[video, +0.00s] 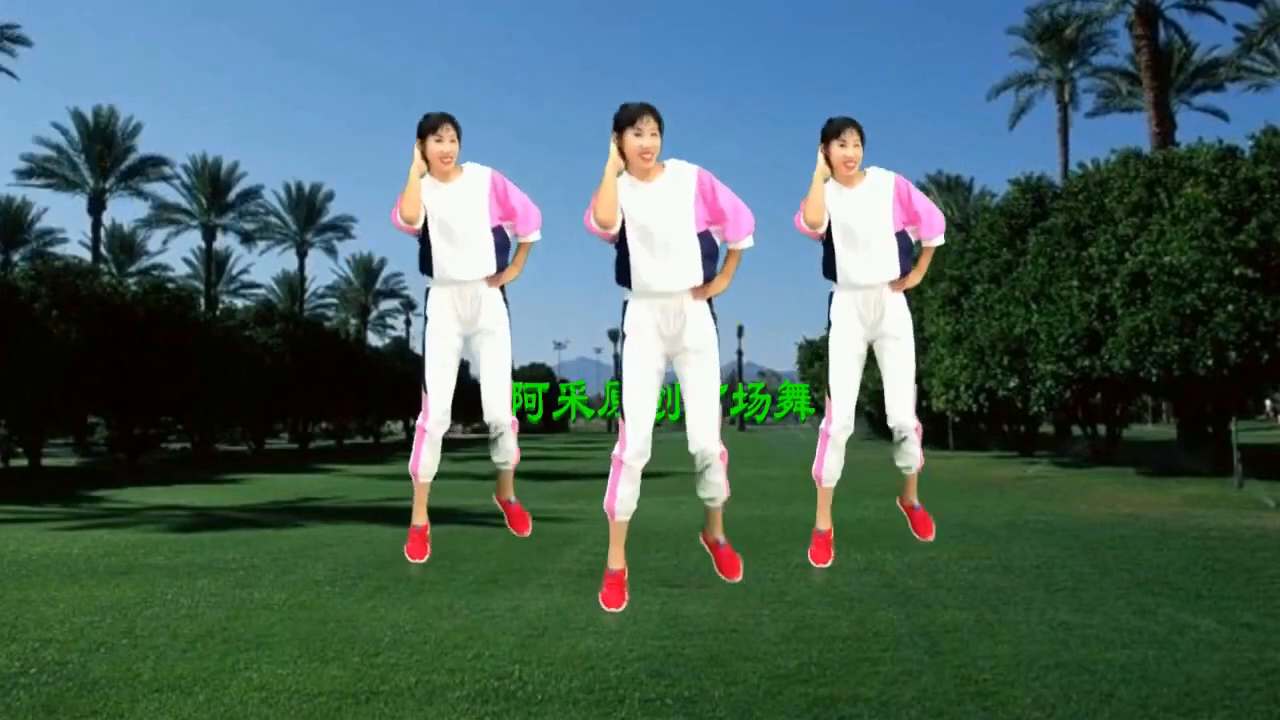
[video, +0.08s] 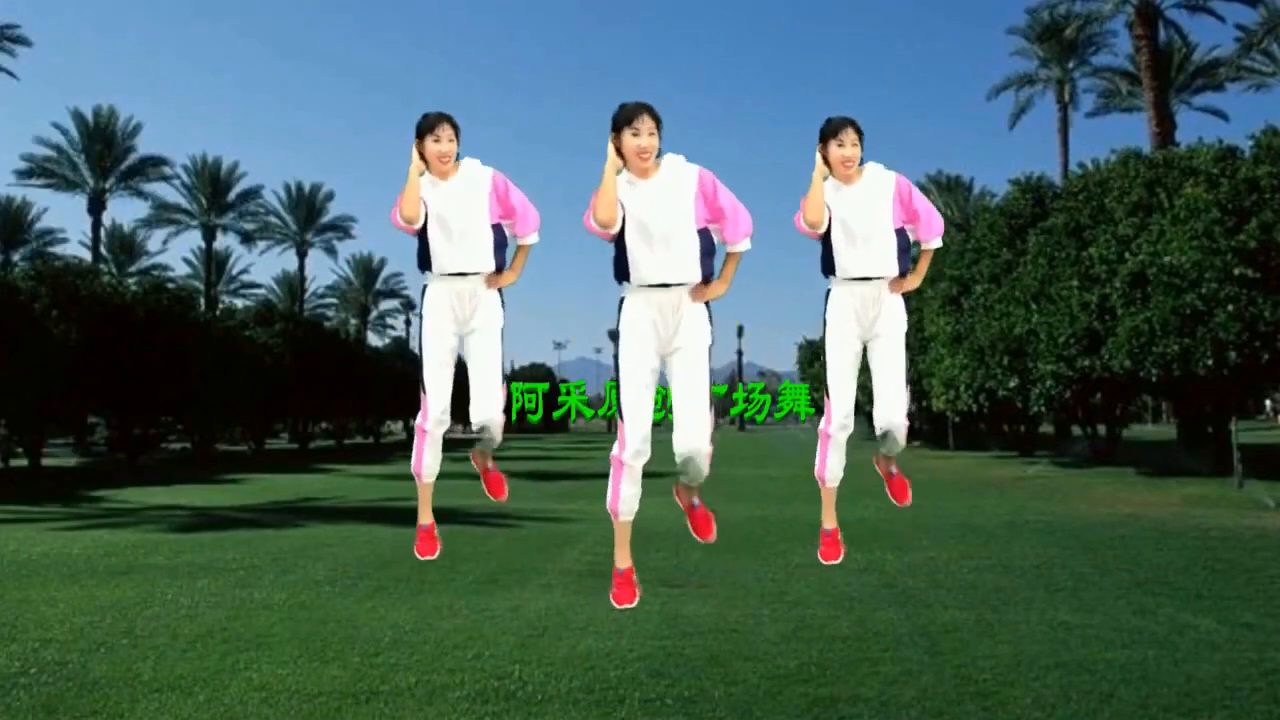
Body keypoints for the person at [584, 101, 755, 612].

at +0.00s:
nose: (646, 141)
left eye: (651, 134)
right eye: (636, 134)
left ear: (661, 139)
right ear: (619, 143)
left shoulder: (690, 178)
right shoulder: (614, 191)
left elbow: (741, 221)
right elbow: (605, 222)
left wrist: (724, 278)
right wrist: (613, 164)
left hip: (693, 311)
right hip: (642, 315)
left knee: (706, 443)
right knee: (633, 443)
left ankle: (715, 534)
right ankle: (616, 561)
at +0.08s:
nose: (644, 141)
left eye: (650, 133)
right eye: (635, 134)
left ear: (660, 138)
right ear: (617, 143)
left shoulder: (690, 177)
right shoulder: (613, 188)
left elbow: (739, 223)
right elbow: (605, 222)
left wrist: (723, 281)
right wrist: (612, 162)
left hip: (688, 306)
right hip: (639, 308)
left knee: (694, 447)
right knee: (632, 442)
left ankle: (688, 493)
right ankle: (622, 561)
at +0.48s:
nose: (653, 151)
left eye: (657, 141)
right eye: (643, 142)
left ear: (667, 148)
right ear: (626, 152)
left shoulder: (697, 196)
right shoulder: (617, 200)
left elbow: (737, 249)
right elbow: (656, 217)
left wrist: (722, 298)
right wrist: (650, 150)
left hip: (690, 320)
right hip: (640, 320)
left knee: (701, 457)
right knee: (634, 456)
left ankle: (698, 528)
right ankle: (626, 571)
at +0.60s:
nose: (658, 156)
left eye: (666, 149)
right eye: (649, 148)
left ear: (677, 157)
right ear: (632, 155)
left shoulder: (701, 199)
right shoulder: (622, 203)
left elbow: (743, 249)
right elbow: (676, 212)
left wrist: (731, 296)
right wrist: (710, 158)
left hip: (704, 320)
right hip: (655, 324)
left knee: (715, 451)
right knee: (652, 459)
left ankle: (726, 560)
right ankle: (630, 573)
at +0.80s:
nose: (665, 173)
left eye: (672, 166)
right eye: (655, 166)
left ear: (681, 174)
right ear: (639, 174)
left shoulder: (704, 221)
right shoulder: (630, 224)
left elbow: (752, 272)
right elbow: (683, 244)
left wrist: (730, 324)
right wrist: (745, 219)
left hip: (709, 353)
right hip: (658, 355)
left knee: (715, 471)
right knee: (660, 477)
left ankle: (725, 566)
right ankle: (629, 577)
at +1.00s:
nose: (660, 138)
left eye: (668, 130)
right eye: (651, 130)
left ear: (680, 137)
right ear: (636, 137)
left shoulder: (705, 189)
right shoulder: (624, 183)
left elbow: (739, 248)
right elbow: (645, 242)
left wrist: (717, 285)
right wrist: (701, 279)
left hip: (688, 314)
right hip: (638, 312)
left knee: (696, 449)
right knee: (631, 444)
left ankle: (688, 501)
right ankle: (620, 562)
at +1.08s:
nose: (657, 152)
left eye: (666, 144)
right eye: (649, 144)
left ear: (680, 151)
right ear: (634, 151)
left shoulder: (704, 204)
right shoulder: (620, 198)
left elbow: (736, 263)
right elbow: (625, 266)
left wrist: (710, 313)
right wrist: (671, 313)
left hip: (683, 330)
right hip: (632, 326)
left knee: (679, 462)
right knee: (628, 454)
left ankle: (667, 467)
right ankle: (621, 571)